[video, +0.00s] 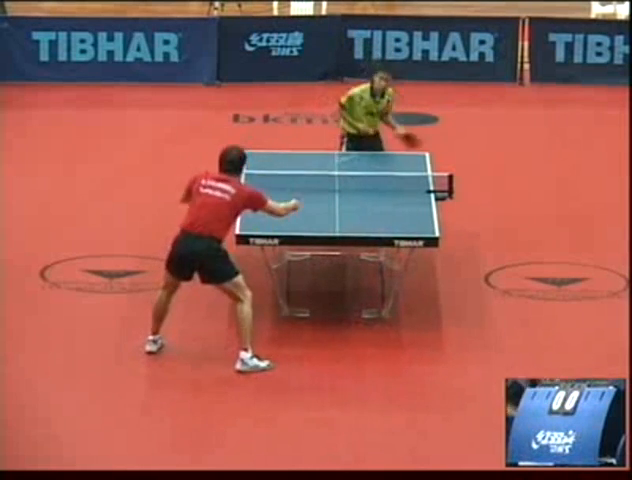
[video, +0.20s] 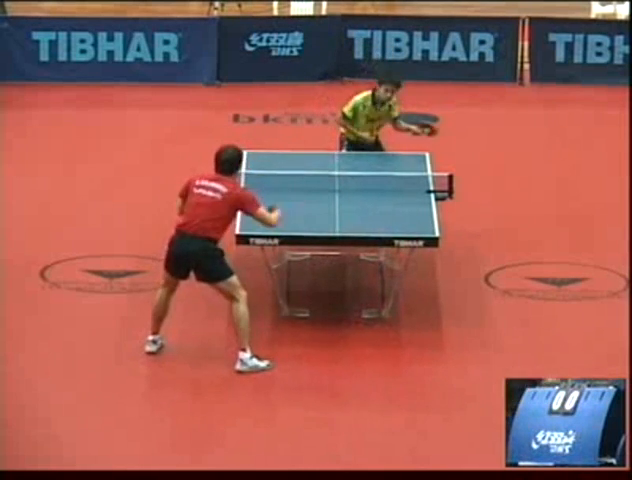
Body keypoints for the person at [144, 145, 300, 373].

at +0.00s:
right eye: (243, 165)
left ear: (220, 164)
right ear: (242, 168)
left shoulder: (201, 179)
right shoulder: (244, 192)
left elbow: (185, 199)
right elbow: (277, 211)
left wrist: (209, 198)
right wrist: (293, 206)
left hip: (184, 240)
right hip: (210, 246)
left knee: (167, 289)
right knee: (243, 296)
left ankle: (153, 338)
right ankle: (246, 355)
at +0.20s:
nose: (240, 167)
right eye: (240, 164)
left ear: (216, 164)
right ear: (238, 168)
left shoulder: (196, 181)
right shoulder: (238, 194)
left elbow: (181, 210)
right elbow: (269, 221)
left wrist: (203, 207)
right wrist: (275, 214)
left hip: (180, 241)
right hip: (206, 247)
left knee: (167, 287)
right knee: (238, 296)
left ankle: (152, 337)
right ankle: (245, 355)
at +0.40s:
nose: (240, 184)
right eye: (240, 181)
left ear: (217, 179)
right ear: (239, 183)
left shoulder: (198, 195)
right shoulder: (238, 206)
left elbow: (193, 219)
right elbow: (265, 243)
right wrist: (250, 256)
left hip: (180, 249)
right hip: (206, 255)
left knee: (166, 289)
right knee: (246, 298)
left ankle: (152, 337)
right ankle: (246, 355)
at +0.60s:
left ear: (229, 181)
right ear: (251, 185)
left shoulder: (212, 193)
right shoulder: (255, 208)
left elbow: (200, 205)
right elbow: (282, 226)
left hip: (192, 249)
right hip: (218, 256)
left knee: (171, 293)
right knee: (250, 302)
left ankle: (153, 338)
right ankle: (253, 357)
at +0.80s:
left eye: (234, 164)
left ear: (230, 168)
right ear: (253, 172)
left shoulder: (213, 183)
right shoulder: (256, 197)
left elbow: (189, 205)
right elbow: (290, 219)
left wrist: (212, 204)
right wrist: (299, 205)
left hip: (194, 243)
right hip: (221, 248)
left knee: (176, 292)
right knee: (249, 299)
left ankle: (160, 339)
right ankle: (253, 357)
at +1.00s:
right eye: (244, 166)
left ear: (222, 165)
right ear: (245, 170)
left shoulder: (204, 183)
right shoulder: (246, 194)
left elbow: (189, 212)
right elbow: (276, 225)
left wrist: (211, 207)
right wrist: (279, 215)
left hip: (186, 240)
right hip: (212, 246)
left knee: (172, 290)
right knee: (241, 299)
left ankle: (159, 339)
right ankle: (251, 356)